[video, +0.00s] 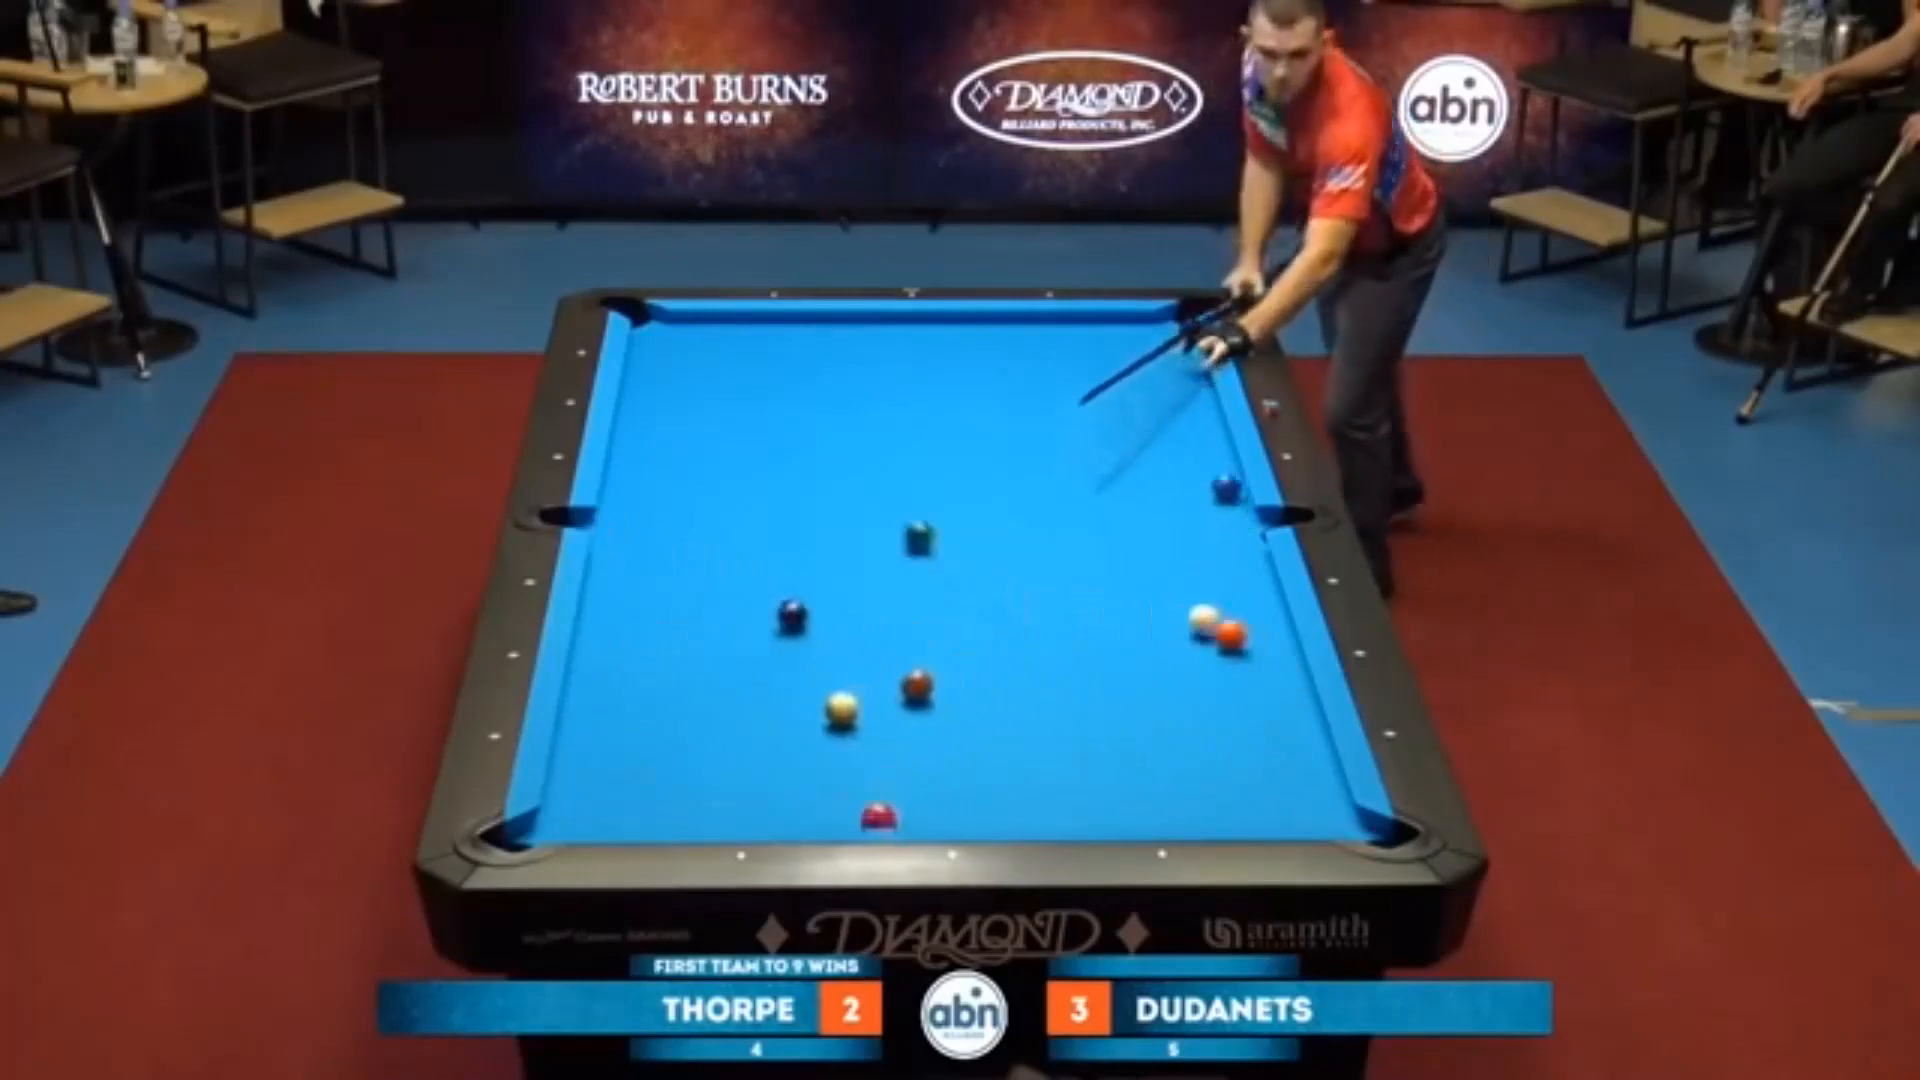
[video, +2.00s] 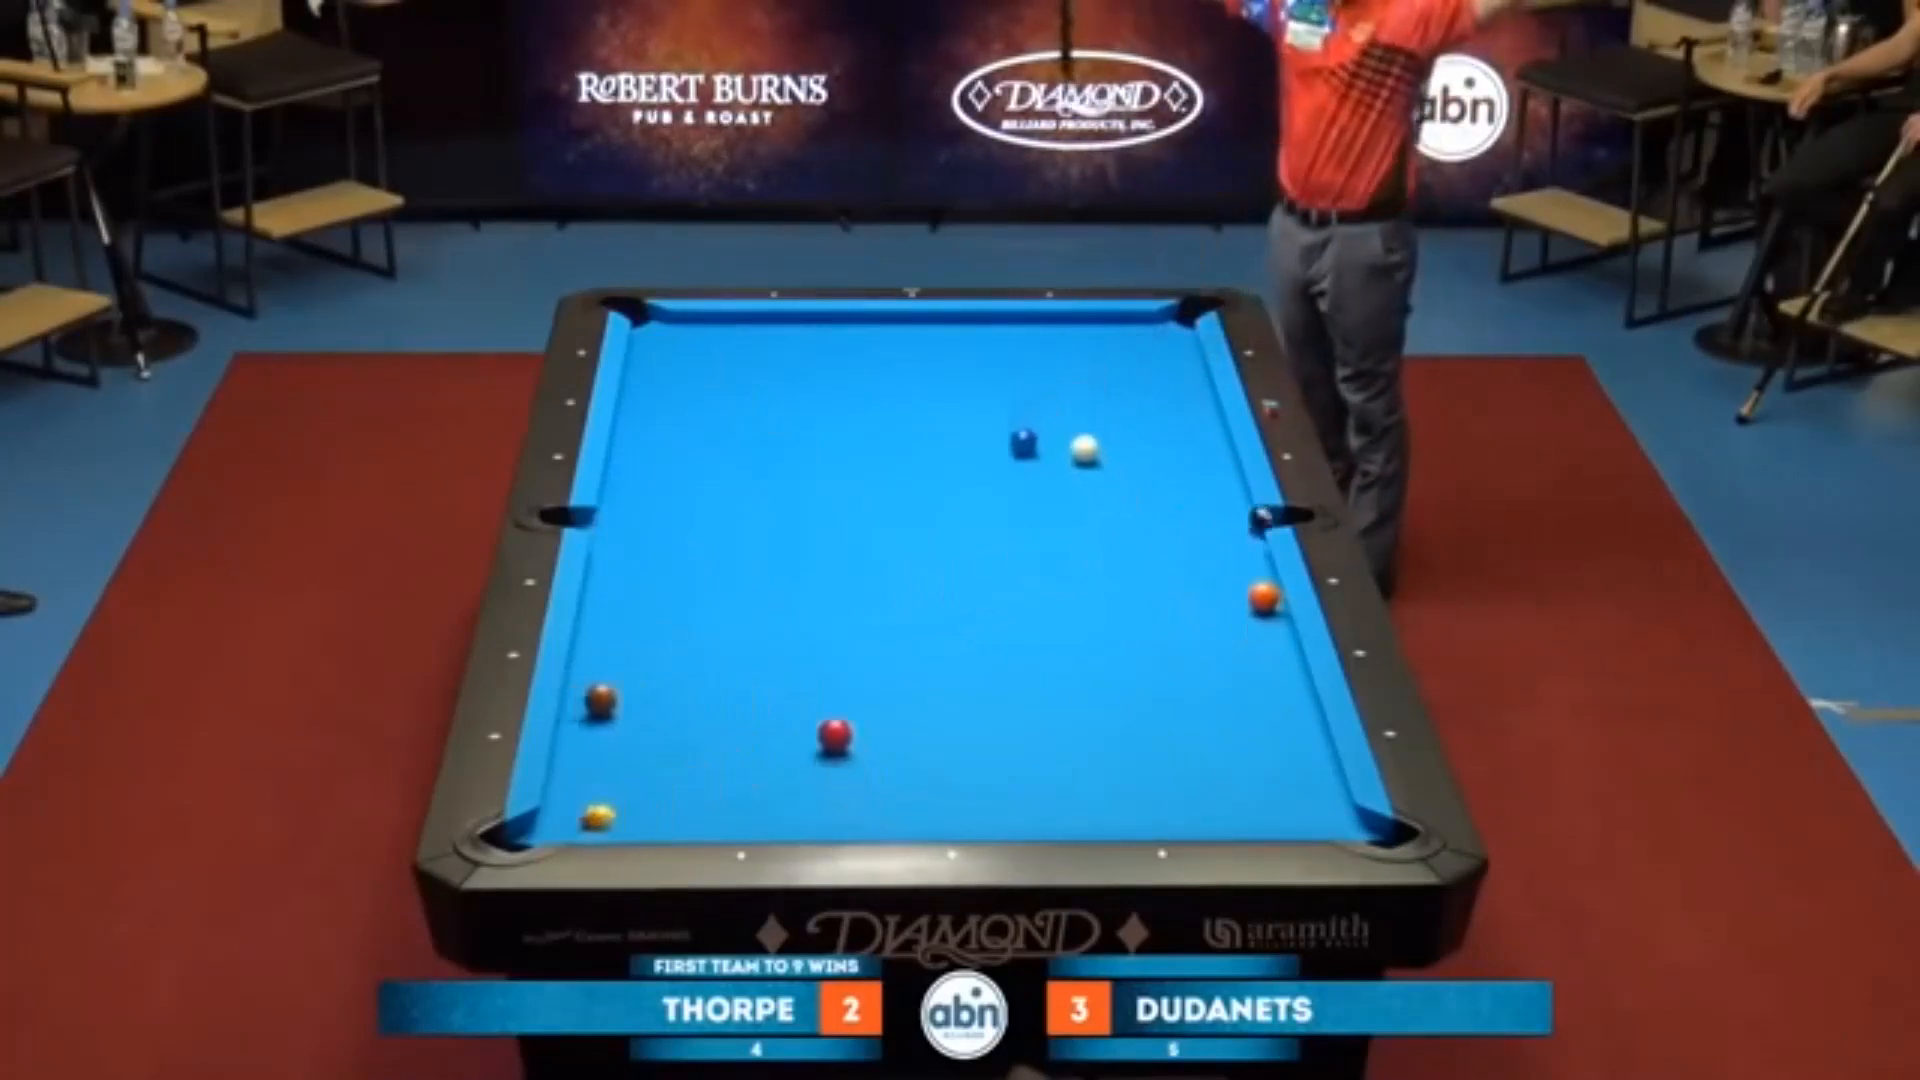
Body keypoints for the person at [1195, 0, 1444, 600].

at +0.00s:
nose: (1279, 71)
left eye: (1296, 57)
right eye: (1267, 55)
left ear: (1325, 43)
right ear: (1250, 39)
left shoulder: (1350, 113)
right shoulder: (1257, 68)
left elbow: (1323, 254)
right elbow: (1262, 162)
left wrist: (1247, 331)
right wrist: (1249, 260)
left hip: (1397, 243)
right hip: (1335, 235)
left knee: (1350, 412)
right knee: (1367, 369)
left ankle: (1368, 572)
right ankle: (1397, 482)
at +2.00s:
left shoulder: (1411, 16)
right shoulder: (1287, 8)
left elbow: (1506, 5)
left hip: (1366, 238)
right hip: (1292, 230)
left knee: (1368, 405)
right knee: (1310, 398)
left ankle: (1369, 565)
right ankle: (1316, 541)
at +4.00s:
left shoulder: (1390, 8)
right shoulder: (1277, 25)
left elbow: (1509, 7)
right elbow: (1196, 45)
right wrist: (1116, 50)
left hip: (1398, 224)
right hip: (1317, 224)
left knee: (1376, 389)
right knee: (1298, 389)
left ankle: (1376, 558)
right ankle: (1317, 539)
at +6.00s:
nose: (1166, 41)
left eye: (1178, 26)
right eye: (1164, 26)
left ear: (1226, 19)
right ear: (1217, 21)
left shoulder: (1280, 84)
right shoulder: (1253, 47)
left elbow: (1293, 232)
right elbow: (1282, 133)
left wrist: (1285, 350)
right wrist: (1268, 204)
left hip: (1341, 249)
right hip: (1280, 236)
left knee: (1320, 429)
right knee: (1263, 398)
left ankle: (1370, 599)